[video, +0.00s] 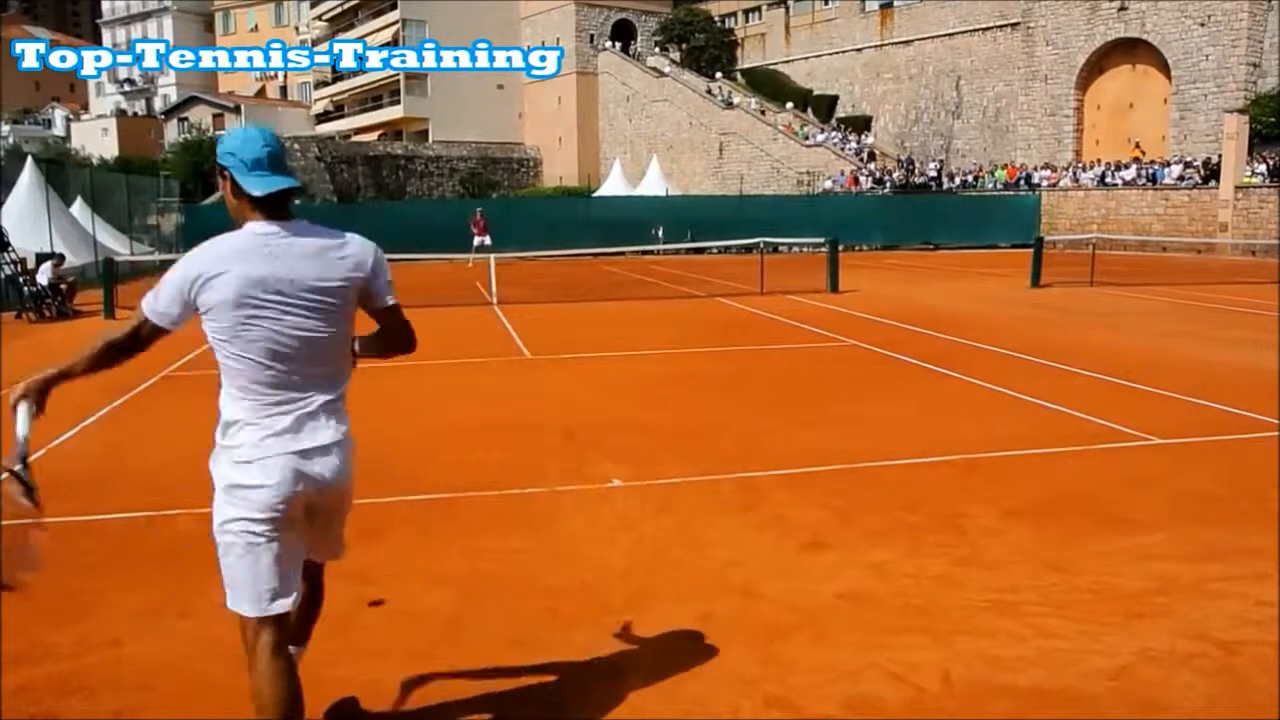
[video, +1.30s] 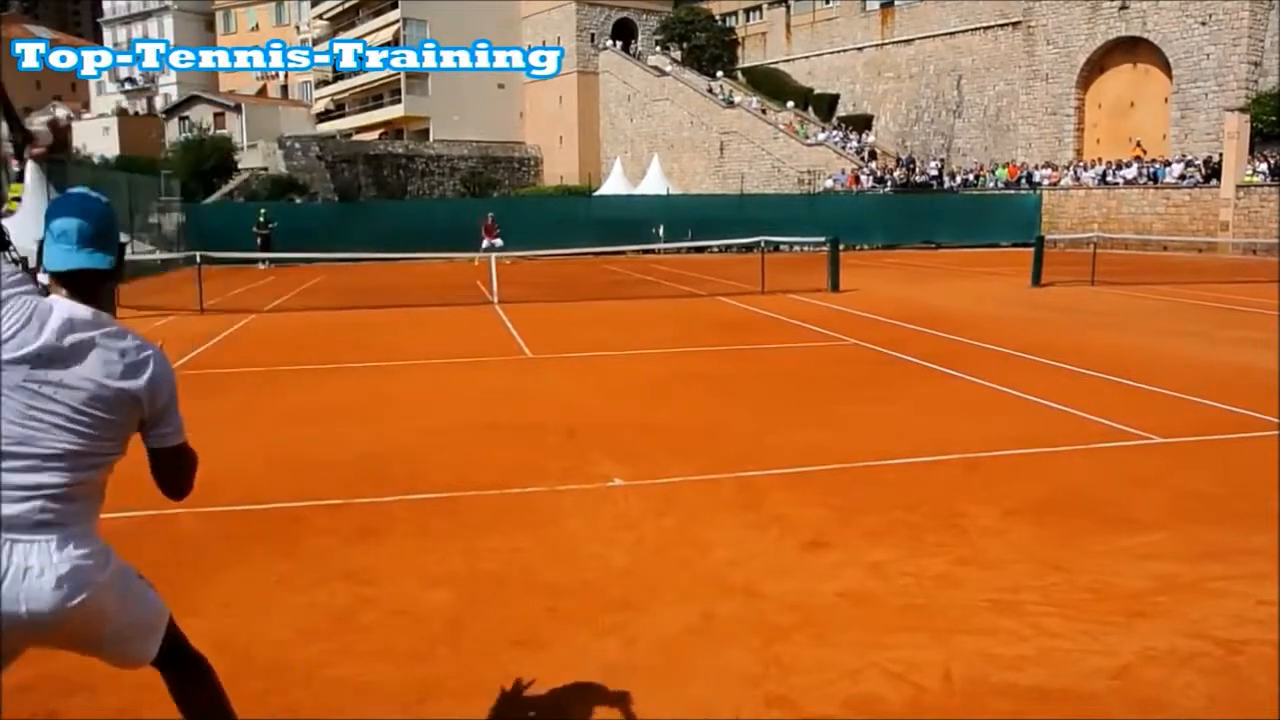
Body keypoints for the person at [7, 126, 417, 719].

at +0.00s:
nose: (222, 192)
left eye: (222, 183)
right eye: (224, 183)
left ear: (229, 186)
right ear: (288, 182)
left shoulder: (210, 262)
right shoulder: (353, 253)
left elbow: (130, 339)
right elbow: (400, 339)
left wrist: (48, 379)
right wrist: (343, 346)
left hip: (255, 462)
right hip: (331, 455)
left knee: (268, 641)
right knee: (309, 572)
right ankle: (283, 667)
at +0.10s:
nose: (202, 177)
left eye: (202, 169)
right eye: (208, 168)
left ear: (211, 175)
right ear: (270, 167)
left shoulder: (190, 246)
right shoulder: (329, 244)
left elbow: (132, 297)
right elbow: (377, 339)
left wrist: (77, 302)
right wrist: (311, 314)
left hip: (226, 456)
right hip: (303, 452)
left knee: (252, 635)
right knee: (287, 570)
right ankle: (255, 673)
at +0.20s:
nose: (187, 172)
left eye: (187, 164)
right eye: (188, 164)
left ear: (196, 168)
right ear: (256, 164)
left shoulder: (168, 230)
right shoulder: (308, 242)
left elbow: (113, 255)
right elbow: (350, 341)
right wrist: (284, 303)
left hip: (188, 452)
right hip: (273, 448)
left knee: (224, 625)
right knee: (269, 571)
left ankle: (275, 717)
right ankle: (253, 679)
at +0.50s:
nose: (159, 165)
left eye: (162, 157)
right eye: (166, 154)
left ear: (168, 160)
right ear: (228, 164)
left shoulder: (126, 212)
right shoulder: (261, 248)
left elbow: (89, 169)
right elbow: (299, 355)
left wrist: (153, 141)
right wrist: (231, 310)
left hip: (124, 457)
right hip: (214, 456)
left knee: (155, 639)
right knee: (248, 575)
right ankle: (267, 678)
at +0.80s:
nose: (123, 172)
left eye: (128, 164)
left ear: (129, 170)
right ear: (197, 188)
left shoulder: (83, 218)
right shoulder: (210, 274)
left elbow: (75, 117)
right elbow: (249, 378)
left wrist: (174, 99)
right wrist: (200, 314)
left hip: (67, 479)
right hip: (166, 479)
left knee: (65, 674)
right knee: (233, 580)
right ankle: (286, 692)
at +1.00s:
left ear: (81, 206)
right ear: (151, 217)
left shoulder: (37, 249)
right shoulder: (174, 305)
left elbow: (23, 132)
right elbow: (208, 419)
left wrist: (111, 106)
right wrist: (171, 346)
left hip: (13, 512)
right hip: (114, 515)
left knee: (1, 688)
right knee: (209, 602)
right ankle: (286, 711)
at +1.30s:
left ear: (43, 266)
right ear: (118, 270)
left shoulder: (8, 311)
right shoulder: (140, 361)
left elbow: (3, 221)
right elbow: (176, 482)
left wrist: (29, 149)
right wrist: (154, 403)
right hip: (66, 571)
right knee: (176, 659)